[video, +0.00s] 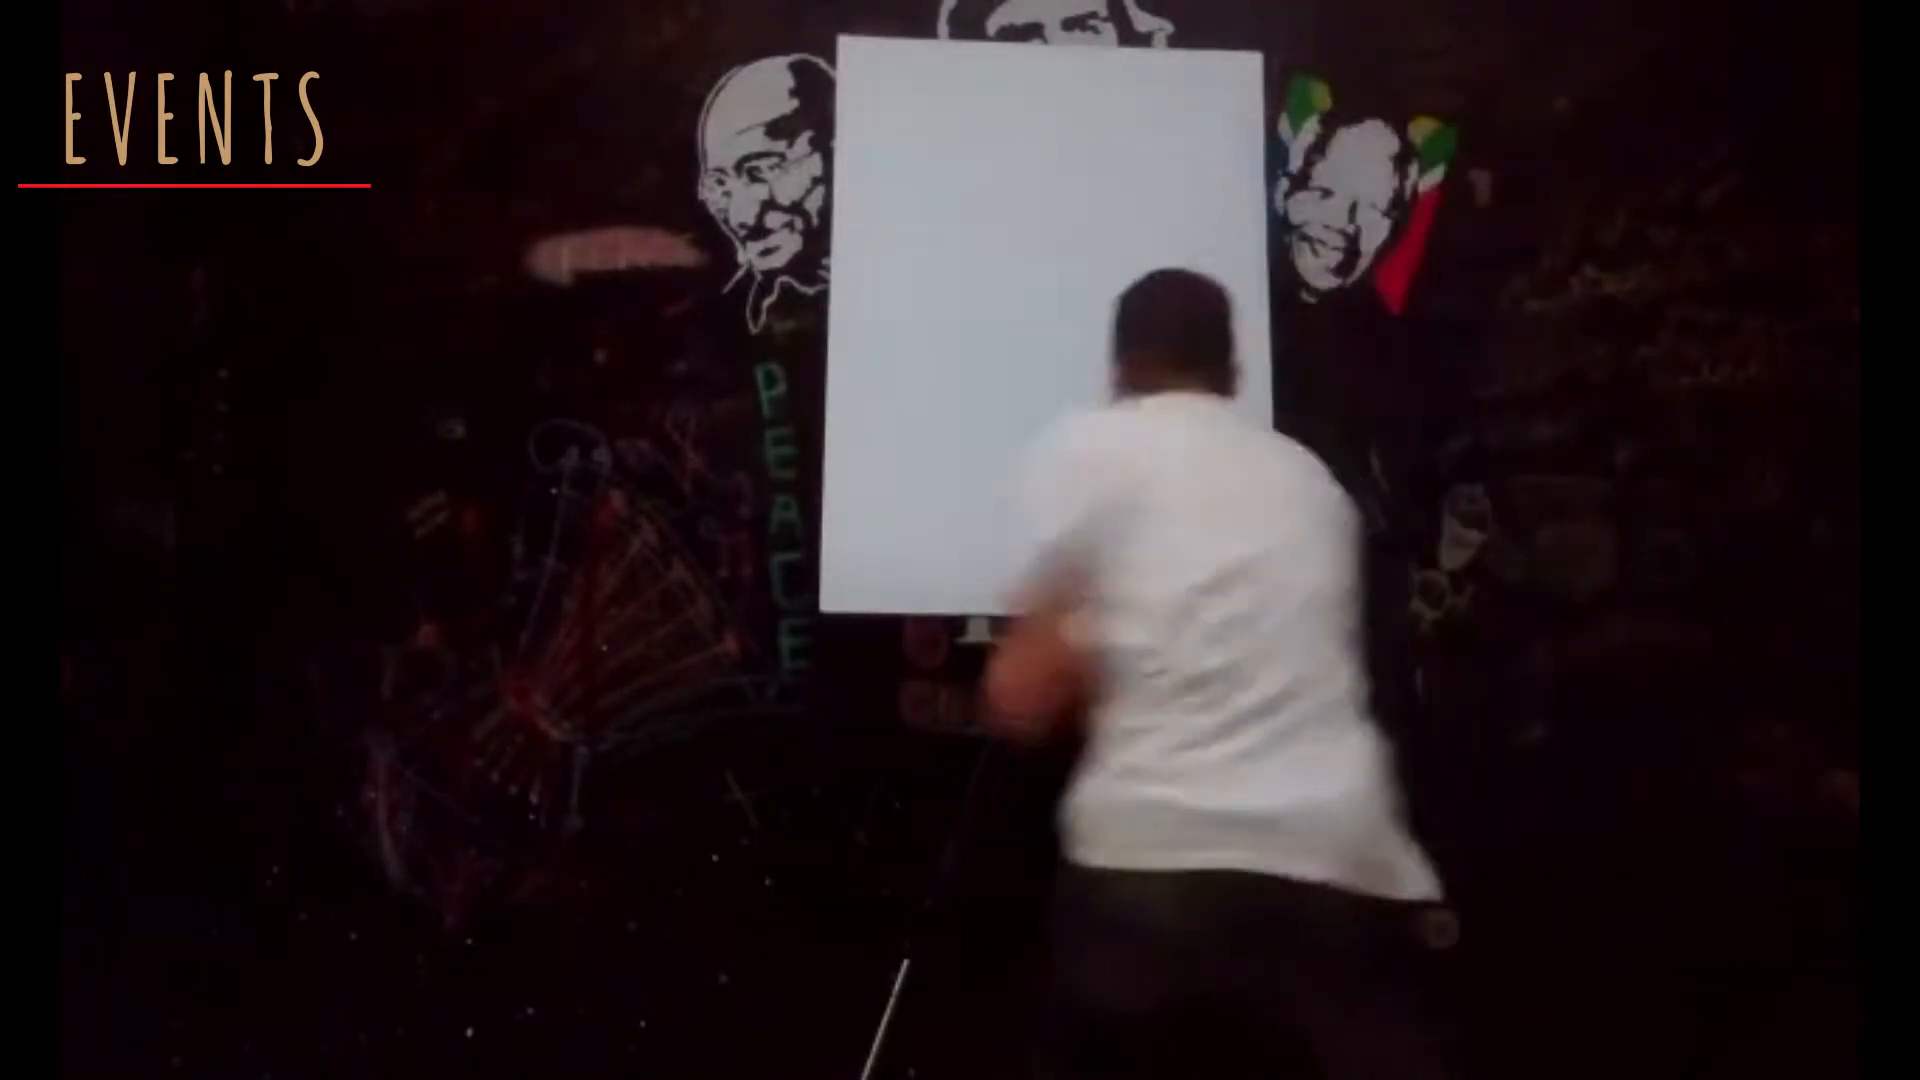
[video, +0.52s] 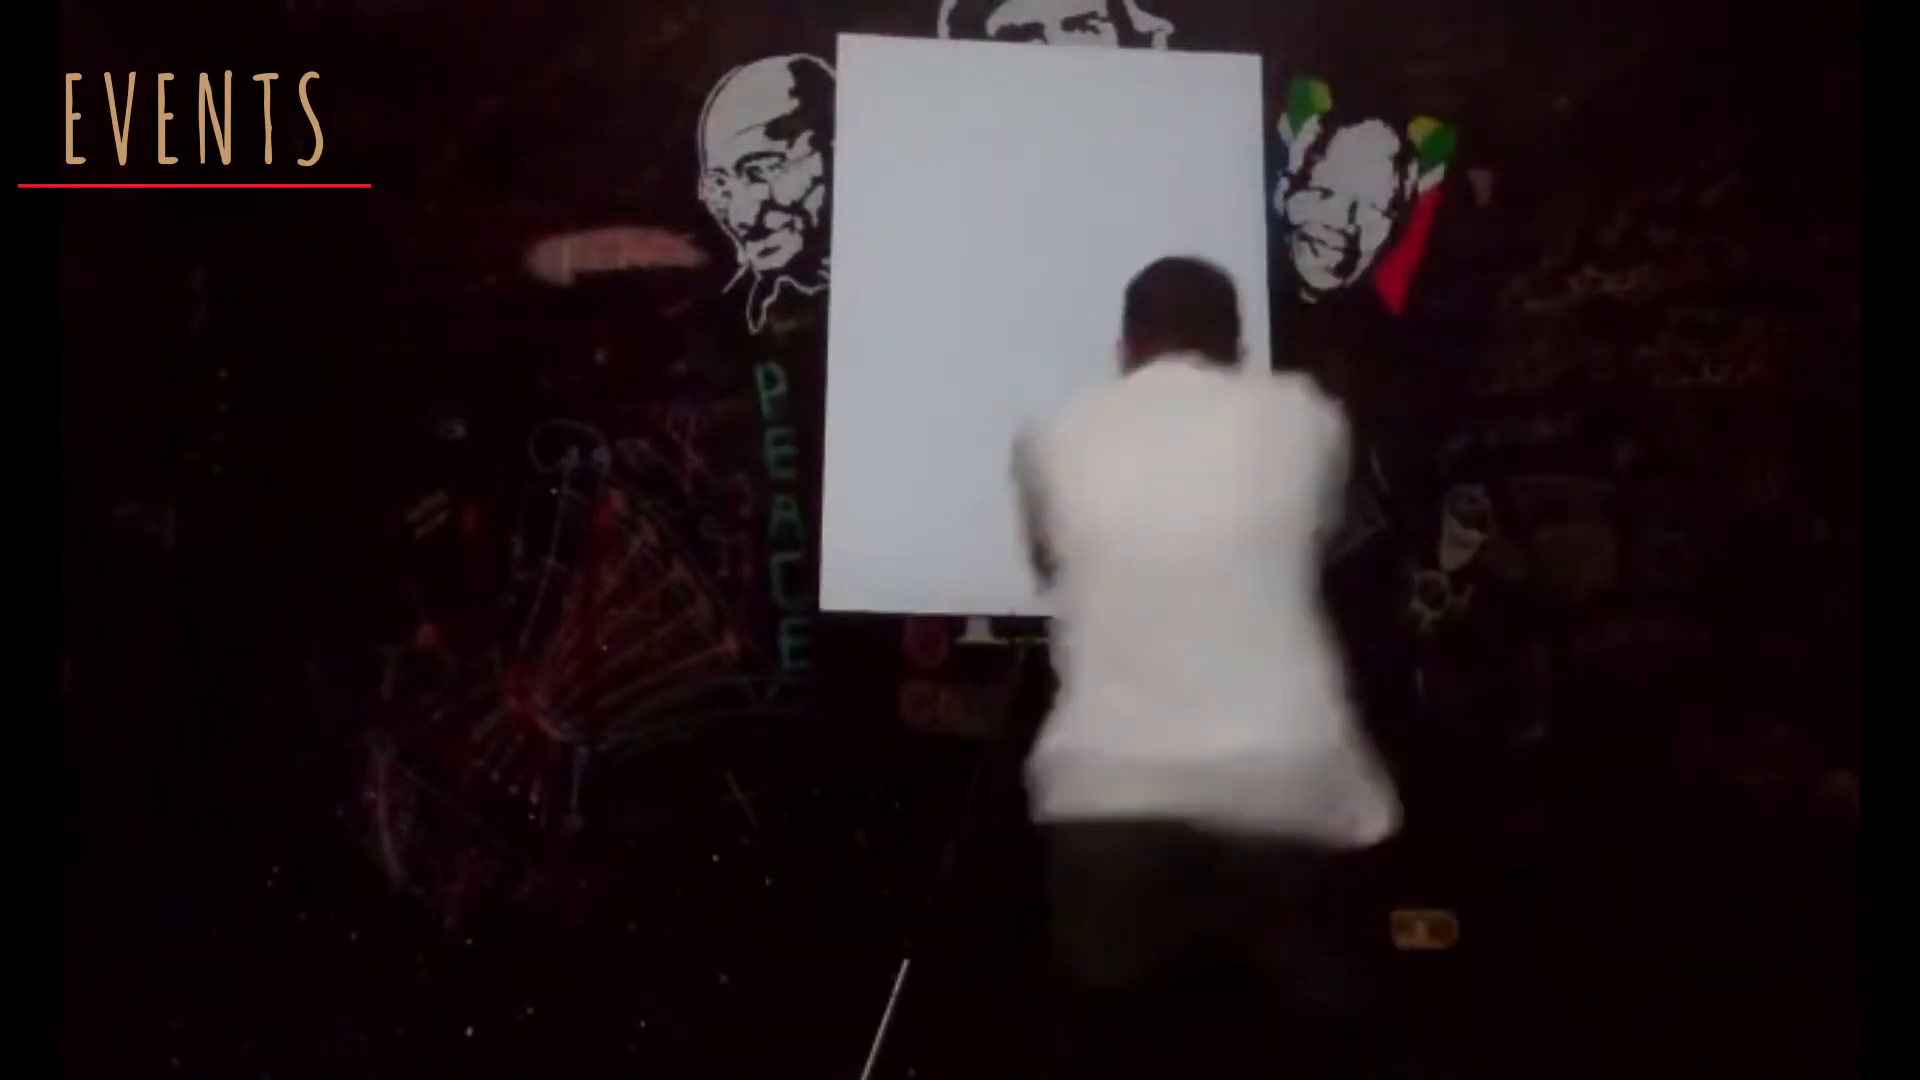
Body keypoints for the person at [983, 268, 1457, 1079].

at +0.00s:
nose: (1117, 376)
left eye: (1118, 361)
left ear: (1121, 366)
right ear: (1233, 371)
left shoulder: (1089, 447)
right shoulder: (1316, 483)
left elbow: (1021, 693)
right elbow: (1315, 669)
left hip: (1143, 871)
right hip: (1334, 878)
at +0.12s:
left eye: (1101, 369)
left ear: (1106, 376)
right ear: (1220, 380)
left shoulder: (1053, 468)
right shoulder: (1299, 478)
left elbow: (996, 713)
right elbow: (1299, 664)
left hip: (1114, 878)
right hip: (1309, 881)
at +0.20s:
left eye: (1090, 371)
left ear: (1091, 381)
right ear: (1206, 380)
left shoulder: (1018, 484)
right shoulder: (1282, 473)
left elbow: (1020, 660)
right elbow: (1288, 639)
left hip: (1080, 865)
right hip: (1276, 870)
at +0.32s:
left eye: (1097, 368)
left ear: (1095, 377)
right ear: (1208, 376)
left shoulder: (1019, 480)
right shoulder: (1278, 464)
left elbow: (1021, 622)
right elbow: (1291, 615)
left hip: (1070, 860)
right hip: (1259, 860)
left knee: (1090, 1065)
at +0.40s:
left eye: (1115, 351)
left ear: (1115, 359)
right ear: (1226, 358)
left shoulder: (1037, 457)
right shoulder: (1294, 440)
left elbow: (1041, 590)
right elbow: (1305, 579)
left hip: (1081, 826)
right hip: (1267, 827)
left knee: (1090, 1054)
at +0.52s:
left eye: (1127, 338)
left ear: (1127, 343)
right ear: (1237, 342)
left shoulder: (1059, 436)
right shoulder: (1310, 420)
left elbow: (1050, 563)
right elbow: (1330, 544)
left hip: (1107, 815)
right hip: (1296, 816)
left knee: (1110, 1055)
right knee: (1312, 1053)